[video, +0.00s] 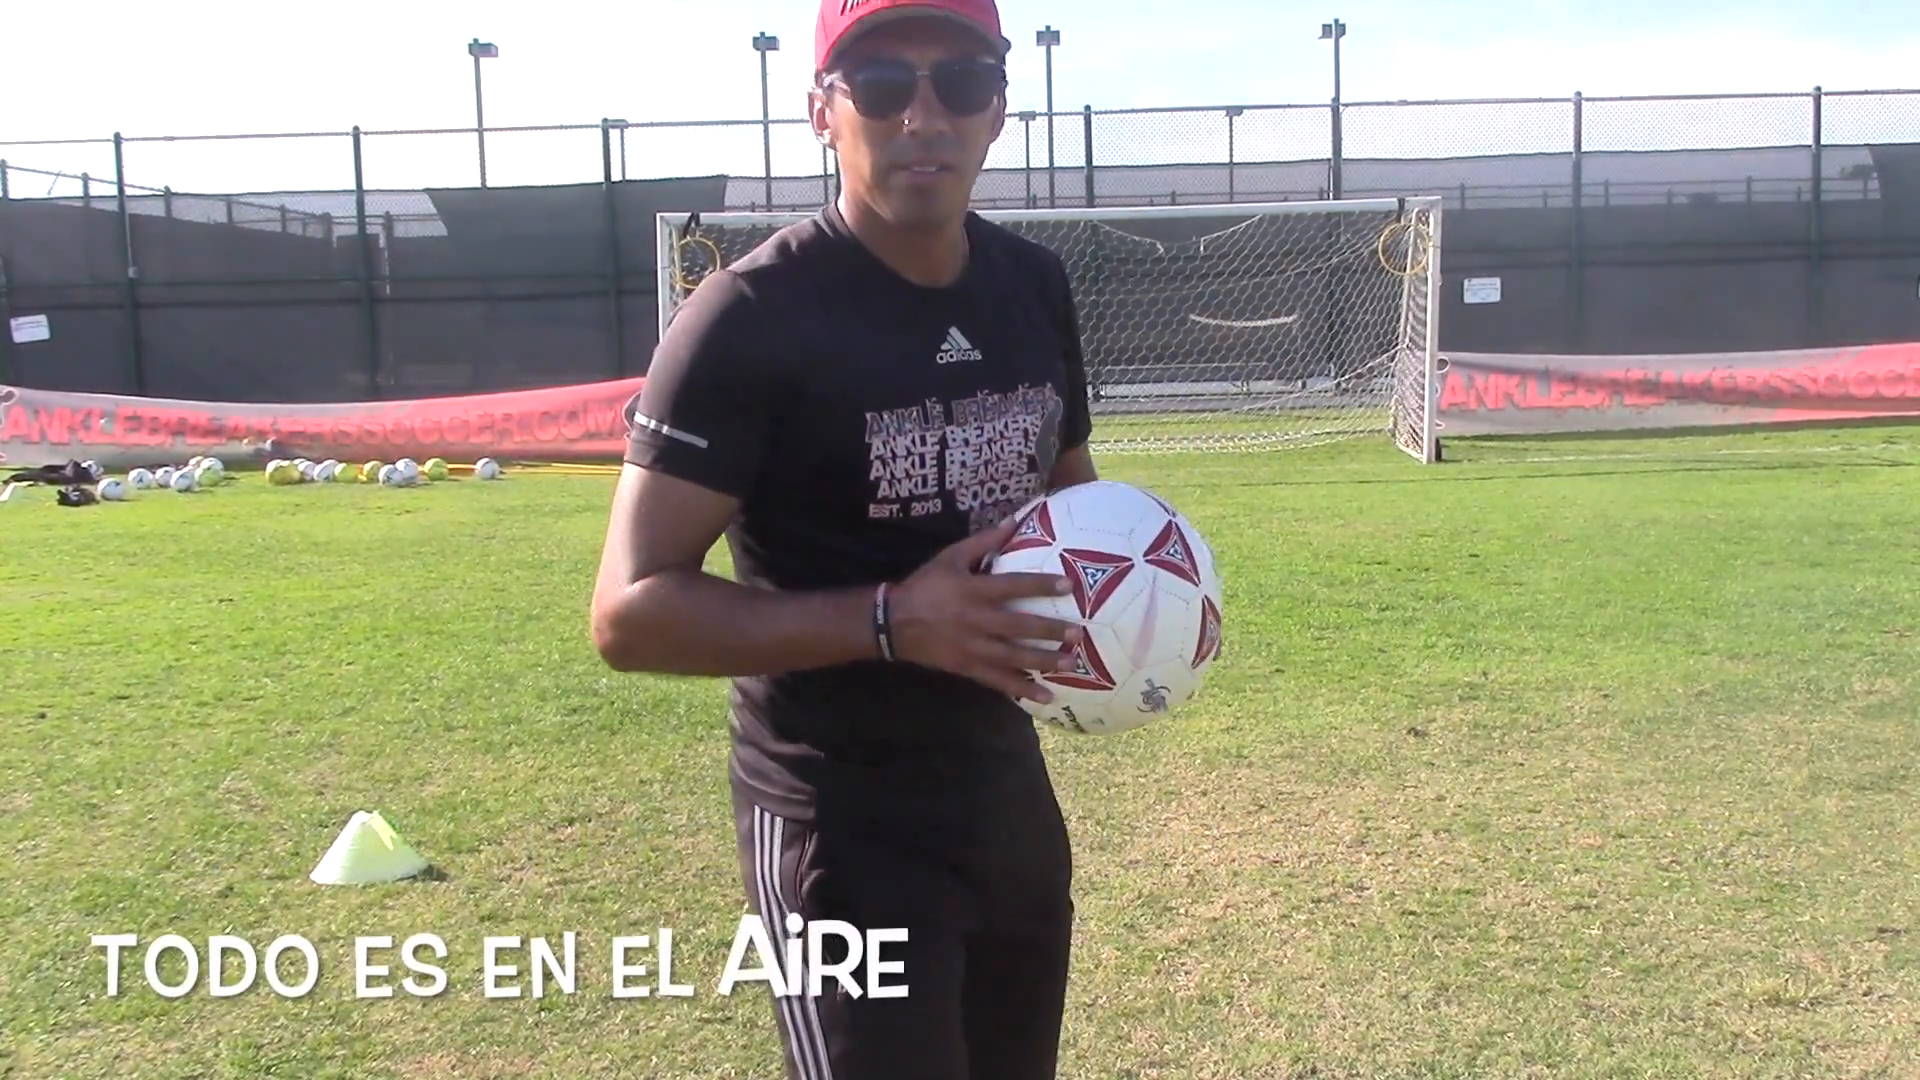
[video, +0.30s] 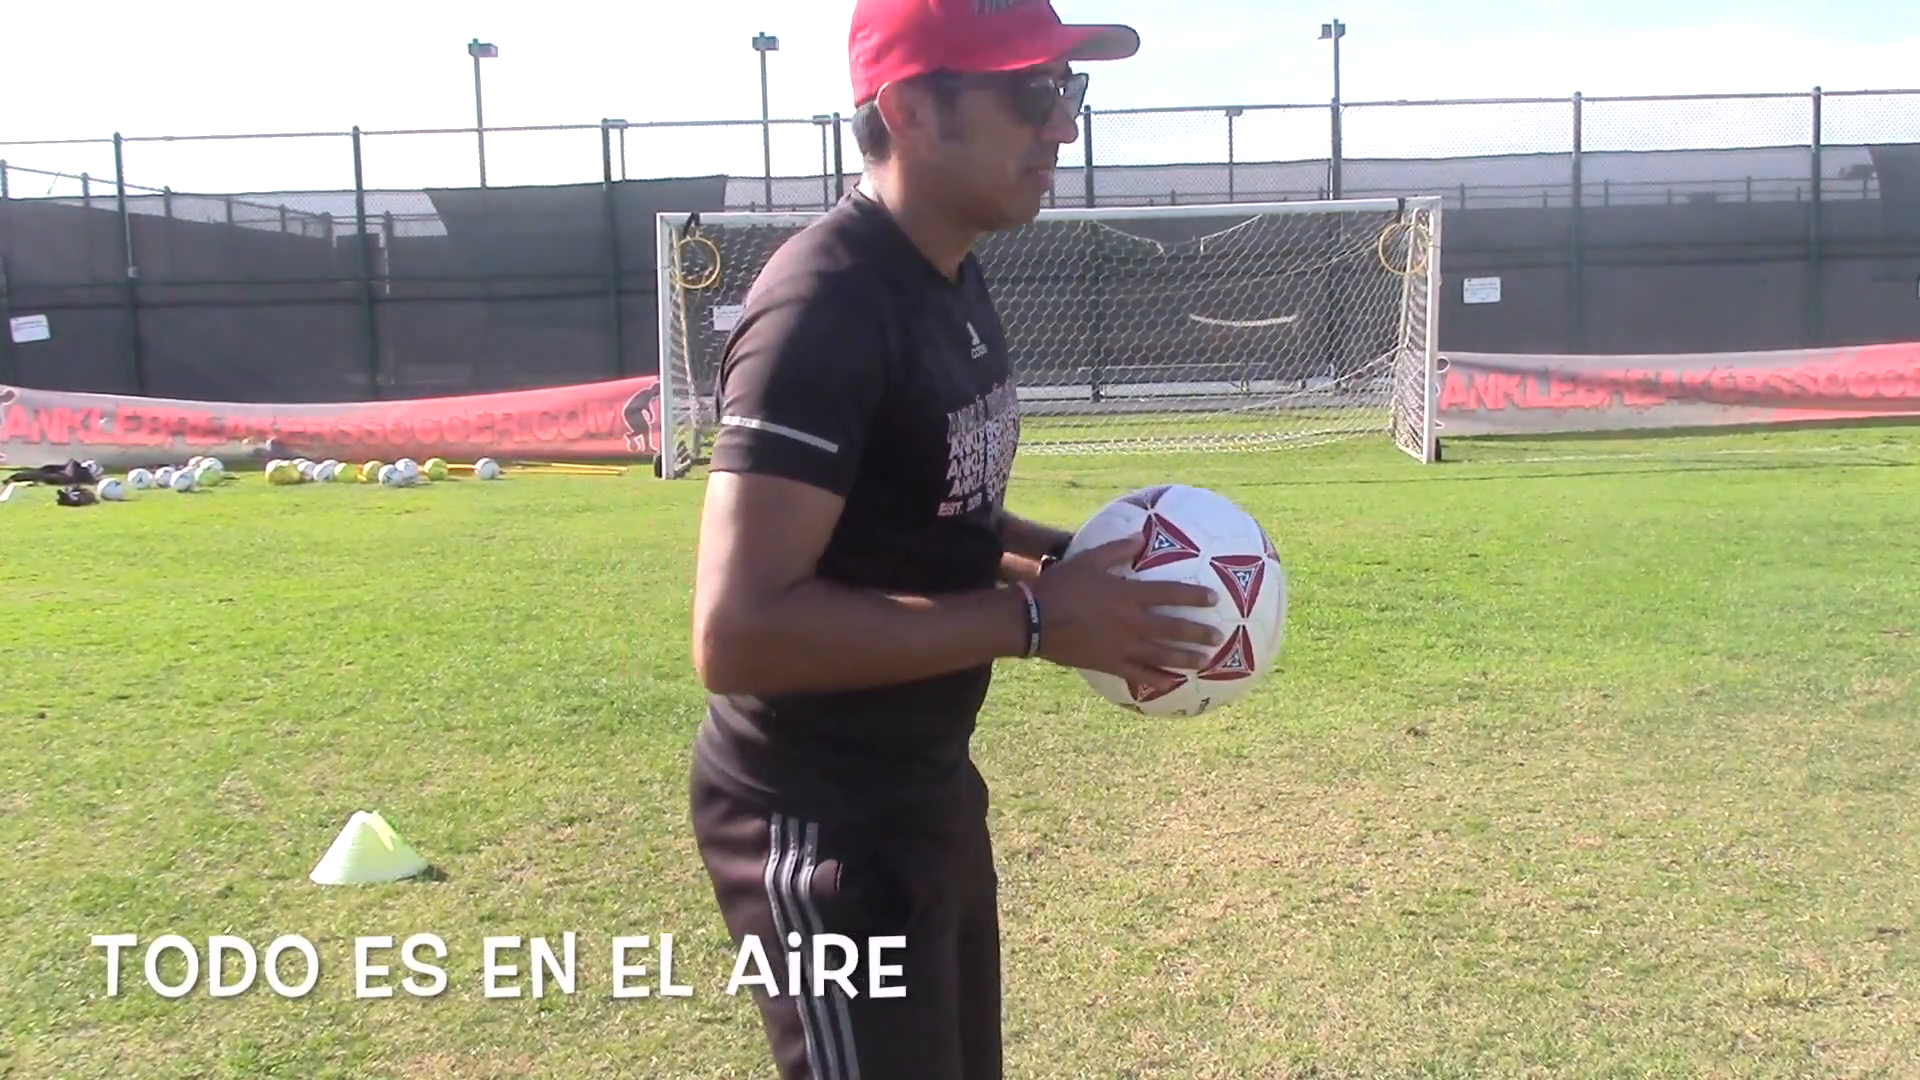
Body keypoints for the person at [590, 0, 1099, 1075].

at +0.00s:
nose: (927, 119)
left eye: (963, 85)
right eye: (884, 86)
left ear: (998, 111)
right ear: (824, 112)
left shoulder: (1030, 286)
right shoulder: (745, 318)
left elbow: (1069, 499)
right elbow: (628, 611)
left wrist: (1154, 601)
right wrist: (884, 619)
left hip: (1001, 771)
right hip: (835, 803)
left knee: (1019, 1063)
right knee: (888, 1063)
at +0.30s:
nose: (1064, 124)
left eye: (1062, 94)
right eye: (1028, 95)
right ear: (913, 109)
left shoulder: (948, 275)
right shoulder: (822, 301)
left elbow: (925, 514)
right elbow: (738, 639)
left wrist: (1075, 554)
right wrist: (1028, 619)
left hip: (922, 781)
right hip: (823, 807)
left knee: (964, 1056)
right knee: (879, 1064)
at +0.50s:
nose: (1050, 126)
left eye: (1043, 98)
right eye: (1028, 97)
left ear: (943, 118)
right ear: (946, 115)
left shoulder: (840, 268)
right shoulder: (885, 289)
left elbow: (872, 562)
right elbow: (876, 602)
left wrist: (1061, 564)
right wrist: (1088, 568)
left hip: (842, 775)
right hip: (837, 787)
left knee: (928, 1048)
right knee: (882, 1063)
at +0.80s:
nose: (999, 160)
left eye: (995, 139)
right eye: (990, 140)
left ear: (862, 167)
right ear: (964, 154)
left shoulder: (788, 296)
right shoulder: (954, 294)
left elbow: (723, 537)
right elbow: (984, 559)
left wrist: (910, 556)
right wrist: (1079, 554)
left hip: (765, 717)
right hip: (885, 745)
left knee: (881, 1055)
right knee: (999, 1059)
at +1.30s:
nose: (1063, 221)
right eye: (1063, 208)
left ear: (943, 213)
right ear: (1055, 217)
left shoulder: (853, 320)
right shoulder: (1090, 341)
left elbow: (779, 512)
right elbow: (1151, 550)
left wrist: (881, 559)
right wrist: (1095, 570)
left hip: (882, 681)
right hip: (1029, 688)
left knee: (900, 983)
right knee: (1038, 950)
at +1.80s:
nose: (1081, 245)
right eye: (1082, 232)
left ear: (985, 232)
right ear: (1080, 234)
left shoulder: (919, 327)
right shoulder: (1115, 329)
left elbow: (862, 492)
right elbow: (1186, 493)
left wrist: (919, 554)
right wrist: (1122, 523)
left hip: (957, 618)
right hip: (1078, 619)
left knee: (985, 831)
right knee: (1066, 856)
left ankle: (1007, 1021)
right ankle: (1063, 1057)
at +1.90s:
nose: (1072, 254)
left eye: (1064, 242)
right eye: (1071, 242)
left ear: (978, 242)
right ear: (1065, 243)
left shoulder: (915, 338)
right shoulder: (1099, 327)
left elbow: (877, 504)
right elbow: (1172, 488)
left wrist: (945, 561)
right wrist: (1125, 536)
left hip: (963, 610)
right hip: (1077, 610)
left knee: (994, 826)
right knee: (1079, 847)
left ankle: (1011, 1017)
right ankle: (1061, 1055)